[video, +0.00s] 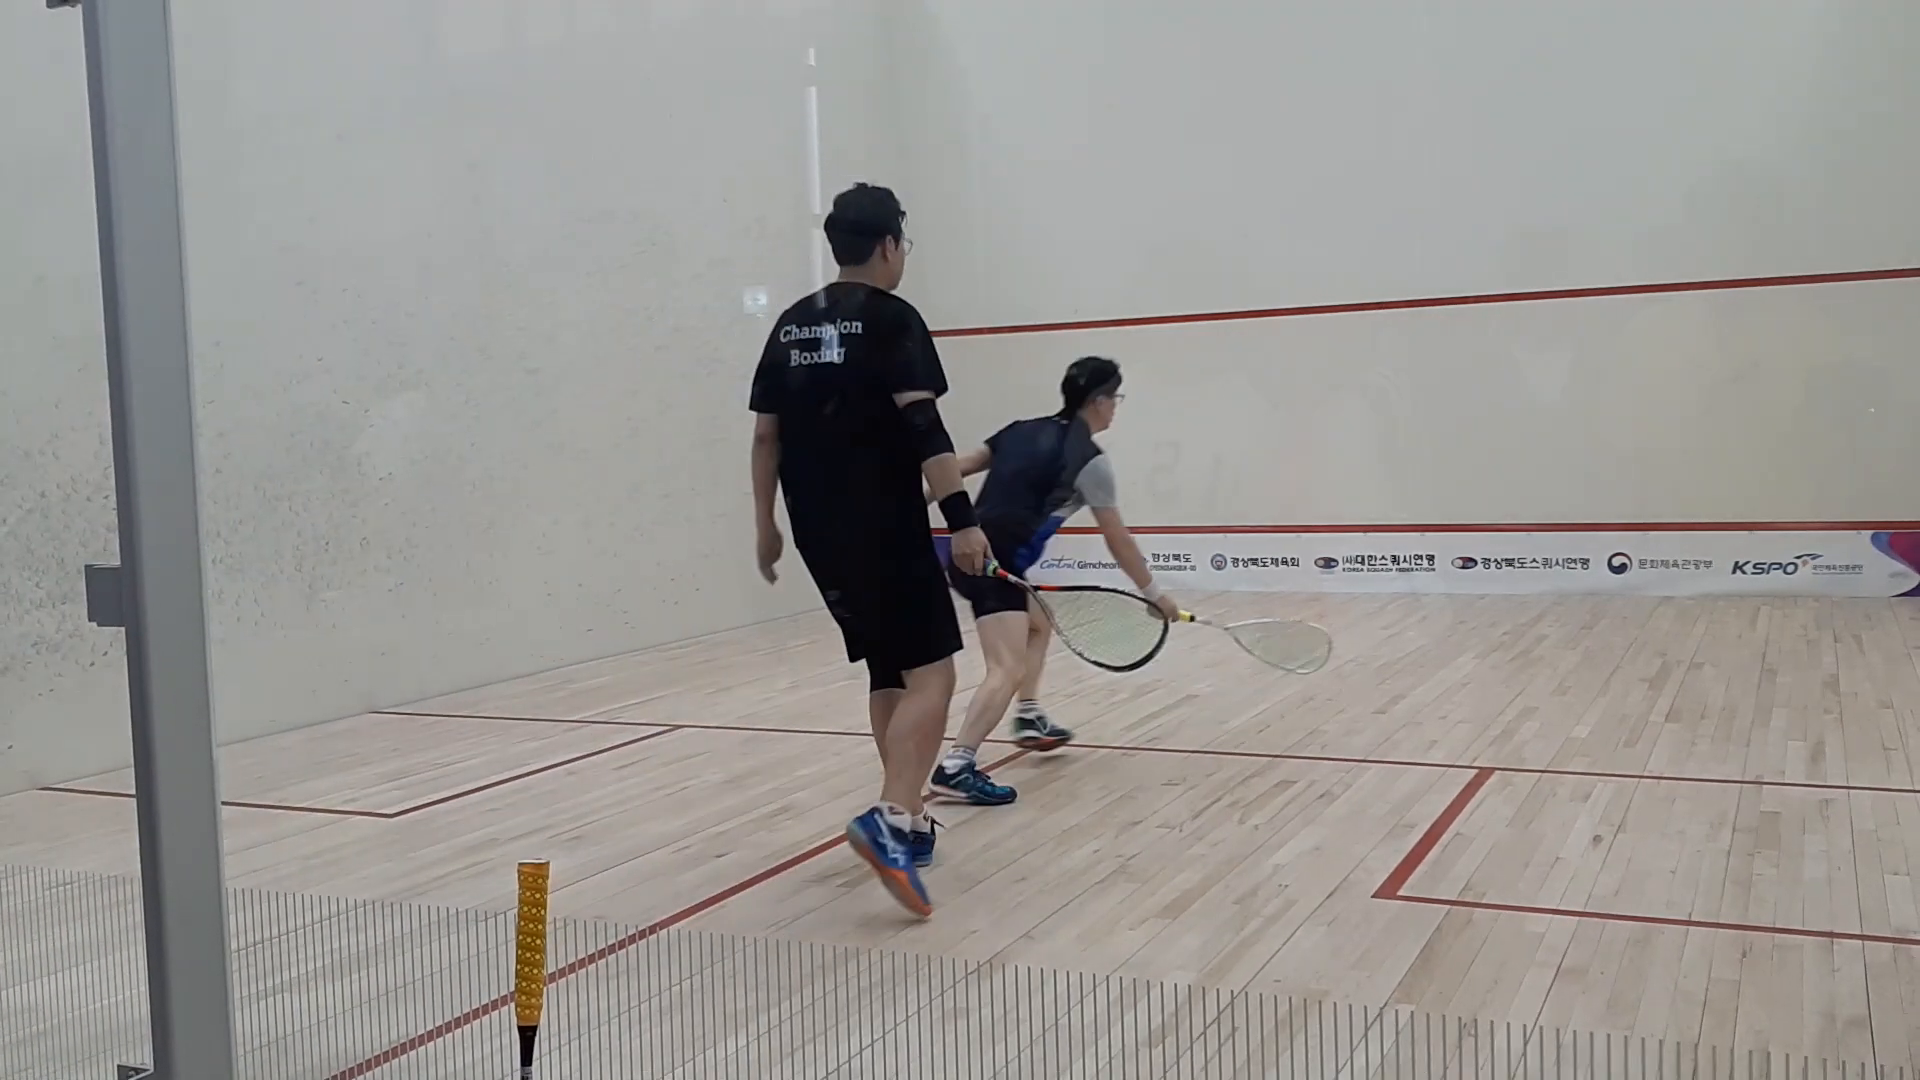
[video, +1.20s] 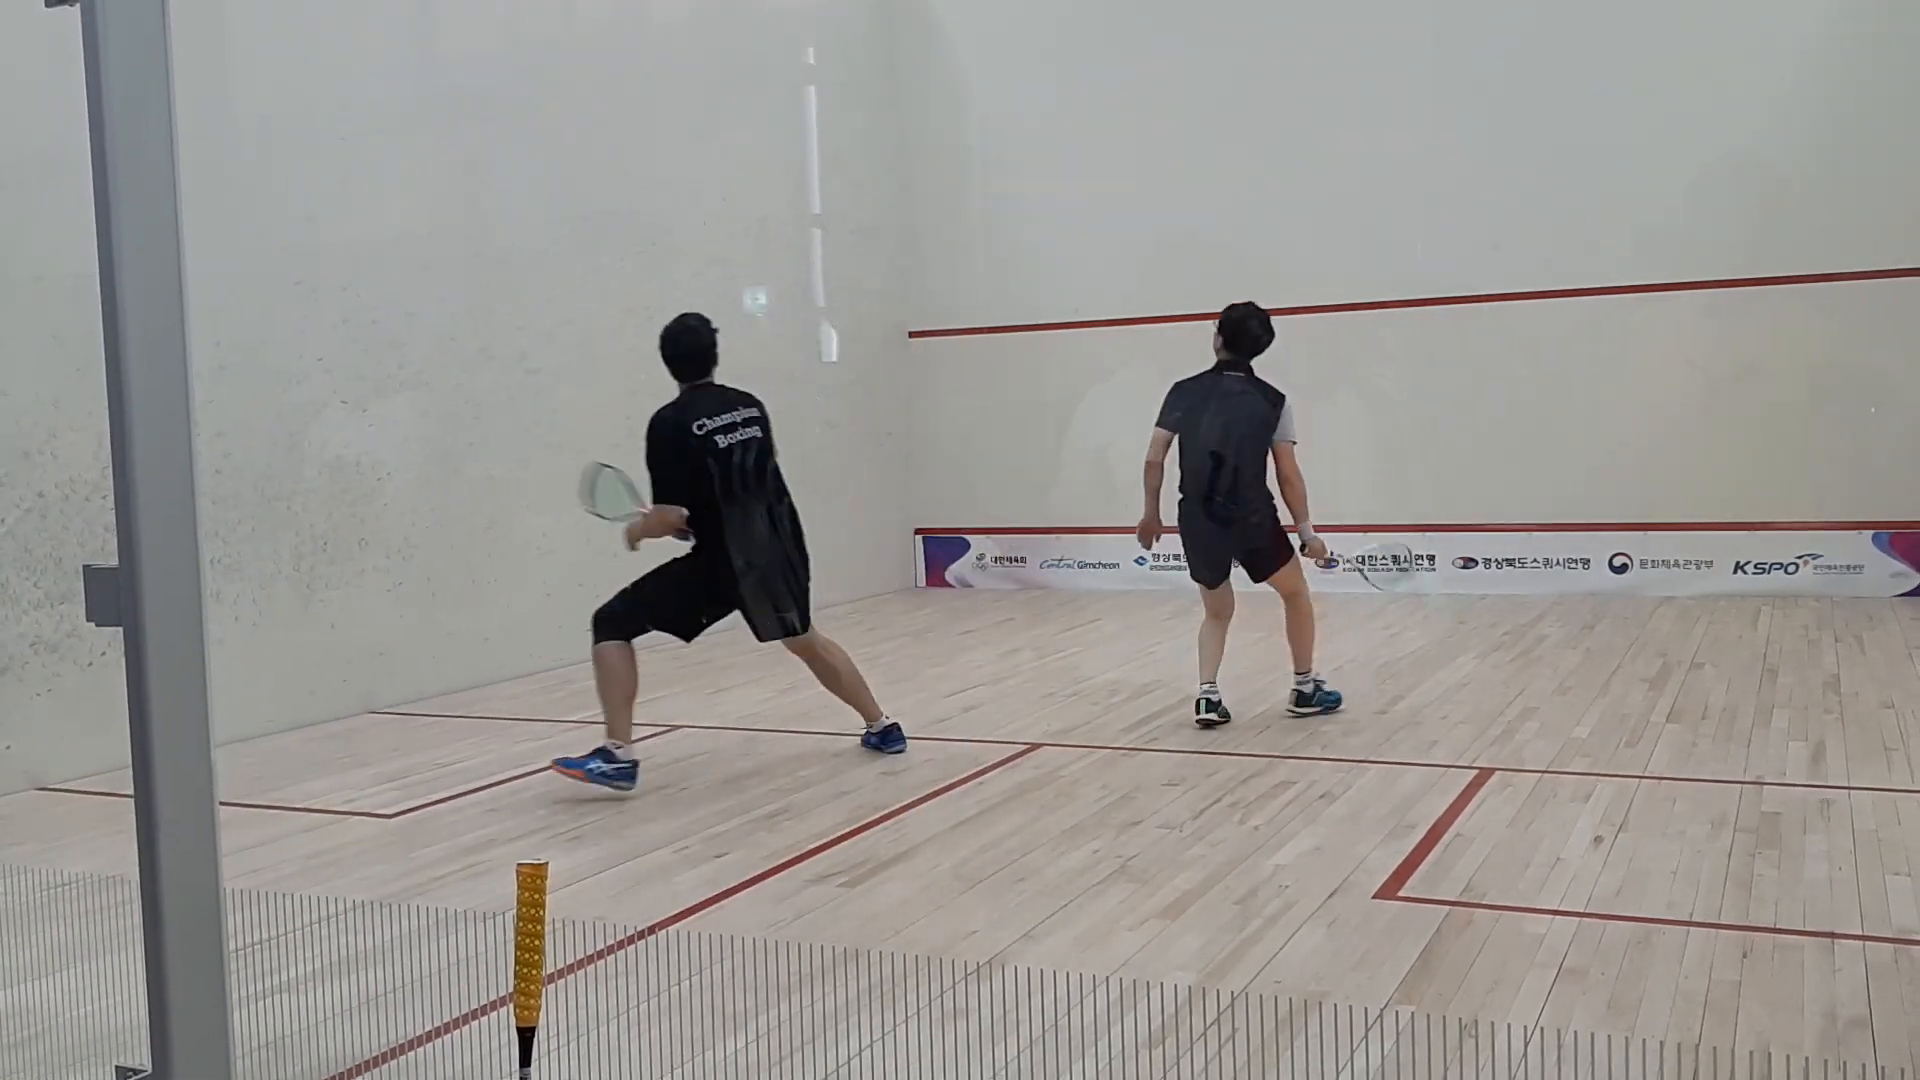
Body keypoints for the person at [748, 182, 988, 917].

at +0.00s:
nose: (905, 255)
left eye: (901, 243)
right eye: (903, 244)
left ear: (836, 246)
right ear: (888, 246)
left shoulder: (791, 322)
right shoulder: (894, 321)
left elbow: (765, 434)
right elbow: (924, 427)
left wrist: (765, 521)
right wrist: (961, 522)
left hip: (820, 533)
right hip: (888, 528)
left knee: (885, 676)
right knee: (934, 671)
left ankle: (908, 818)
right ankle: (892, 819)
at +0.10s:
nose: (913, 252)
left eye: (909, 240)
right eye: (911, 240)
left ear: (846, 242)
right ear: (897, 242)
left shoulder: (798, 315)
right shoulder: (898, 315)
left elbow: (777, 431)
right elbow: (928, 421)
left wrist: (806, 507)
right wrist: (976, 515)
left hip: (827, 529)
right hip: (902, 519)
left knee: (881, 671)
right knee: (960, 653)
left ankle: (909, 827)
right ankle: (943, 804)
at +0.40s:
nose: (932, 281)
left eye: (930, 270)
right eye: (931, 270)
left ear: (872, 270)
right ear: (918, 272)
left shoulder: (824, 327)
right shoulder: (921, 343)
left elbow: (777, 409)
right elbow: (958, 447)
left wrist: (802, 460)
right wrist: (1012, 525)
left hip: (837, 521)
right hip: (912, 514)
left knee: (878, 657)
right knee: (956, 635)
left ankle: (903, 790)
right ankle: (986, 774)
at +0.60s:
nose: (912, 302)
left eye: (910, 293)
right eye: (911, 293)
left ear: (855, 298)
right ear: (901, 299)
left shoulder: (811, 350)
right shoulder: (921, 366)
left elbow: (751, 415)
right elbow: (965, 451)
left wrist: (702, 486)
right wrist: (1011, 516)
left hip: (822, 519)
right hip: (897, 522)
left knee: (822, 614)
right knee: (953, 613)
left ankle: (824, 741)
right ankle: (973, 730)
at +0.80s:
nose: (861, 351)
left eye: (859, 342)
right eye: (859, 343)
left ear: (807, 350)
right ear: (850, 350)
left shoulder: (770, 406)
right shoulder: (869, 412)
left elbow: (734, 488)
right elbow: (903, 495)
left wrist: (708, 561)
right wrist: (948, 533)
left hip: (793, 559)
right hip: (859, 556)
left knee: (803, 621)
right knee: (930, 619)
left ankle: (780, 731)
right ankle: (966, 729)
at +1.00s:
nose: (800, 348)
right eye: (799, 343)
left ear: (748, 355)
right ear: (797, 351)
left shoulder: (729, 409)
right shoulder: (830, 408)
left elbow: (719, 503)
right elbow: (854, 483)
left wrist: (747, 523)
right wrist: (865, 537)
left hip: (766, 548)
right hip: (828, 543)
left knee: (733, 604)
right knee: (840, 623)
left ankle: (767, 726)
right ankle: (887, 724)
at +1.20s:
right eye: (708, 347)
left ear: (667, 362)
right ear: (715, 355)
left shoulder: (669, 423)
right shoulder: (750, 406)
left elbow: (672, 517)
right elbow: (745, 489)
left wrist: (640, 529)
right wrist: (676, 515)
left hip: (719, 563)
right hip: (779, 552)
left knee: (610, 624)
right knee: (803, 637)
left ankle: (618, 753)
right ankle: (881, 724)